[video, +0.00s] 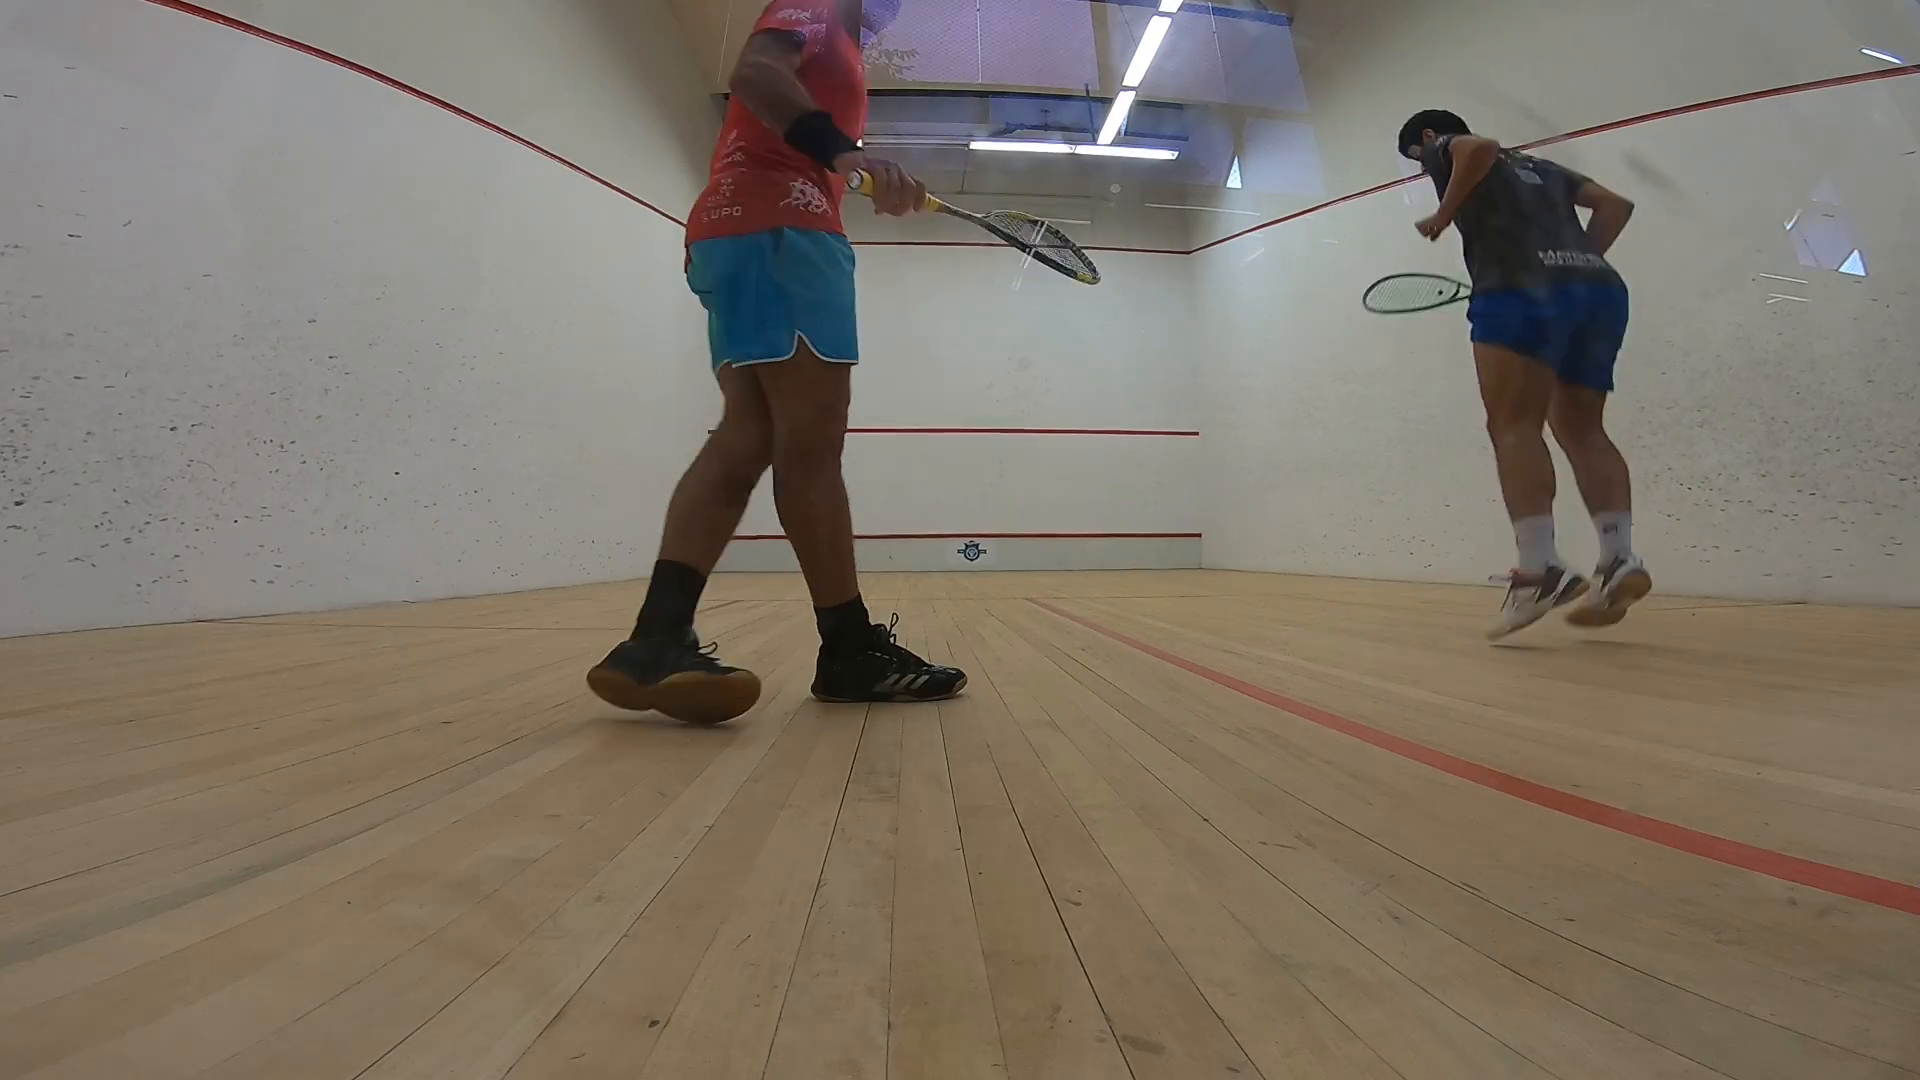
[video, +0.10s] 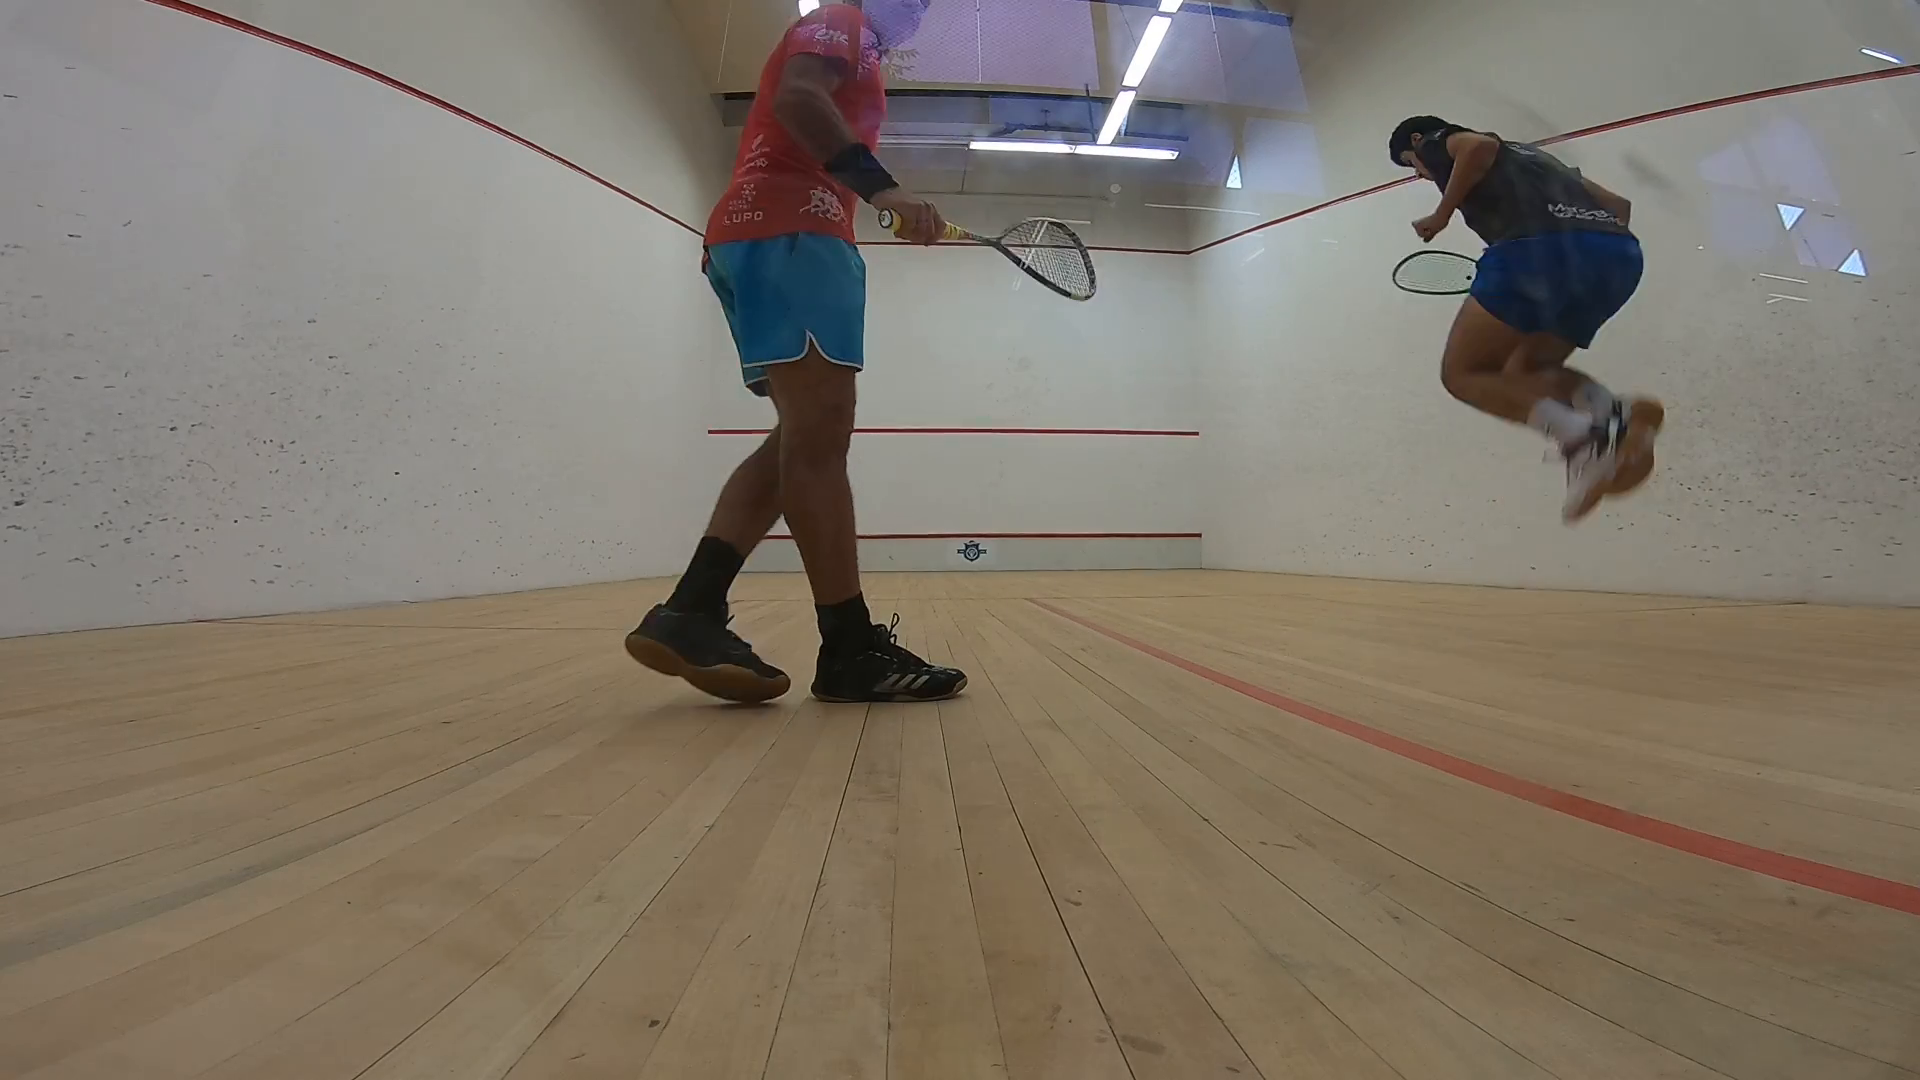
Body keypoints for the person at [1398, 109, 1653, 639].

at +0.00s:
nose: (1419, 161)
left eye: (1416, 153)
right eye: (1415, 157)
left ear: (1429, 137)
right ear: (1463, 125)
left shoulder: (1445, 150)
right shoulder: (1535, 165)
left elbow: (1481, 148)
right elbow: (1615, 206)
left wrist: (1442, 214)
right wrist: (1579, 267)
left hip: (1521, 288)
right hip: (1598, 290)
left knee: (1513, 426)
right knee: (1579, 424)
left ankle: (1537, 571)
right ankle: (1620, 562)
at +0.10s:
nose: (1419, 174)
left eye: (1411, 164)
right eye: (1412, 170)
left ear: (1418, 144)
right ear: (1444, 128)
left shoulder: (1437, 143)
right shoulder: (1530, 156)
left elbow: (1481, 145)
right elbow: (1618, 205)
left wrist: (1441, 213)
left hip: (1539, 251)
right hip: (1616, 255)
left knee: (1462, 374)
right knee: (1525, 369)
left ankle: (1579, 438)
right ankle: (1612, 411)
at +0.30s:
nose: (1423, 193)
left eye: (1418, 183)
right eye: (1418, 187)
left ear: (1426, 166)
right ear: (1446, 162)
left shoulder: (1445, 166)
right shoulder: (1533, 185)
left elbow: (1468, 124)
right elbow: (1626, 208)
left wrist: (1473, 194)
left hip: (1555, 273)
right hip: (1632, 271)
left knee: (1483, 400)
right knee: (1541, 393)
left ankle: (1564, 519)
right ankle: (1637, 462)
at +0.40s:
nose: (1429, 204)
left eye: (1429, 193)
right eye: (1426, 196)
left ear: (1443, 180)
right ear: (1471, 171)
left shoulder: (1458, 195)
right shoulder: (1540, 213)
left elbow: (1517, 185)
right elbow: (1630, 256)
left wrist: (1495, 268)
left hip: (1553, 329)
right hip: (1623, 328)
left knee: (1521, 473)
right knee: (1589, 473)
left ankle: (1581, 610)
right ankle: (1674, 596)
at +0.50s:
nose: (1438, 209)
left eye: (1439, 198)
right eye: (1436, 201)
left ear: (1458, 190)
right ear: (1493, 191)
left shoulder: (1465, 216)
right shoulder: (1540, 227)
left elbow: (1509, 243)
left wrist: (1475, 324)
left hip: (1552, 359)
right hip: (1628, 355)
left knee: (1506, 489)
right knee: (1575, 495)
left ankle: (1582, 609)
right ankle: (1672, 610)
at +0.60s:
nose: (1436, 176)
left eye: (1437, 167)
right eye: (1435, 168)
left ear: (1457, 158)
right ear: (1492, 161)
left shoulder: (1461, 182)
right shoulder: (1547, 201)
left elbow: (1491, 210)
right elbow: (1610, 269)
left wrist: (1458, 275)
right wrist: (1577, 333)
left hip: (1534, 340)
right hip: (1607, 338)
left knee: (1522, 472)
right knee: (1583, 467)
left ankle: (1579, 605)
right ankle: (1663, 590)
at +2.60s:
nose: (1436, 144)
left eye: (1445, 134)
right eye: (1437, 136)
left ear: (1480, 136)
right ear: (1494, 141)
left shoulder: (1471, 169)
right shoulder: (1552, 190)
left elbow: (1496, 227)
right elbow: (1608, 263)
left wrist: (1472, 315)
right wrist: (1584, 331)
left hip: (1523, 336)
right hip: (1595, 339)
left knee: (1502, 466)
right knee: (1590, 467)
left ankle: (1530, 614)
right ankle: (1657, 611)